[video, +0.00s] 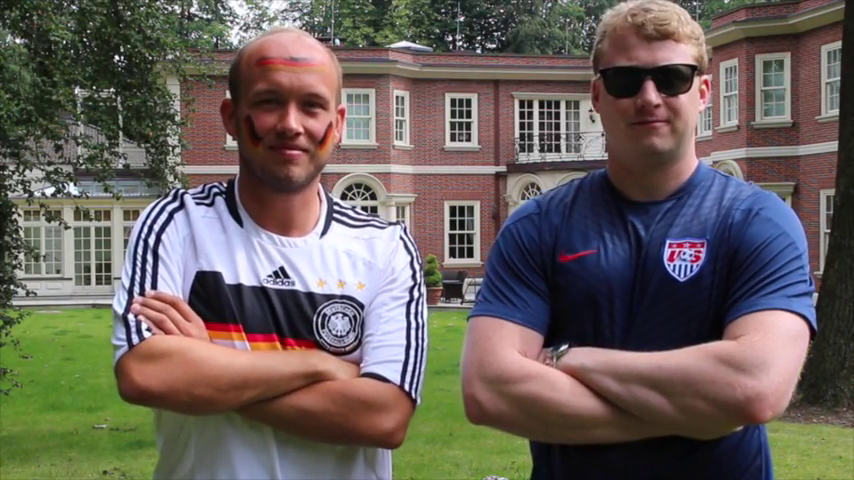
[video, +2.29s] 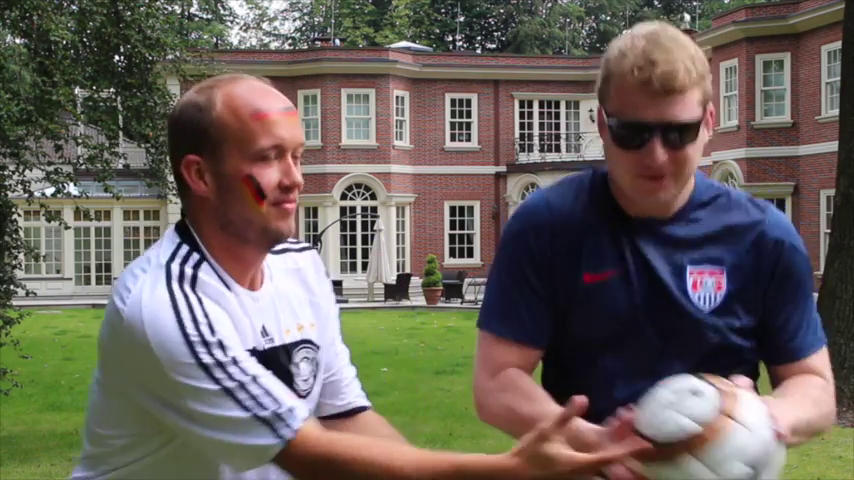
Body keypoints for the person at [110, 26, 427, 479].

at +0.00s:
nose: (291, 124)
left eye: (312, 105)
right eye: (269, 102)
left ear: (337, 124)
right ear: (231, 117)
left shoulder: (386, 248)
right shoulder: (173, 223)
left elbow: (386, 420)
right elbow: (140, 374)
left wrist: (212, 372)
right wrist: (321, 365)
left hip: (341, 475)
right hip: (202, 473)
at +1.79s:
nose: (297, 122)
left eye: (306, 103)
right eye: (271, 101)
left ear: (314, 112)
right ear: (208, 119)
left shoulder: (350, 240)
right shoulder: (143, 232)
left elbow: (389, 404)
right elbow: (134, 389)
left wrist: (213, 370)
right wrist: (299, 340)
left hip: (332, 473)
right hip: (192, 473)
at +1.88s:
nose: (294, 115)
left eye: (301, 98)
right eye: (269, 95)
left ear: (309, 109)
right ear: (204, 117)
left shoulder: (348, 240)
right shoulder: (140, 232)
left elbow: (403, 406)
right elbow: (125, 388)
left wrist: (248, 361)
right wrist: (289, 304)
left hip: (330, 474)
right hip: (191, 472)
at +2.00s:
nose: (288, 122)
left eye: (295, 103)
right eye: (263, 100)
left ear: (304, 110)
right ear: (197, 119)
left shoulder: (339, 242)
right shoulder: (136, 239)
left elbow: (405, 411)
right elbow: (169, 407)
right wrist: (342, 322)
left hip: (323, 475)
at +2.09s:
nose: (284, 132)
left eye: (290, 111)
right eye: (259, 111)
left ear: (298, 119)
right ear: (191, 128)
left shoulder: (329, 243)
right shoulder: (141, 256)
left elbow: (366, 383)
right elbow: (230, 414)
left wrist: (386, 421)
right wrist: (412, 404)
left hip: (316, 470)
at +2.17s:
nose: (283, 150)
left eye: (287, 129)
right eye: (256, 131)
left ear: (295, 132)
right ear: (188, 152)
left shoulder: (316, 252)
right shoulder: (158, 284)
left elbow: (362, 403)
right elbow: (299, 425)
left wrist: (459, 458)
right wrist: (495, 458)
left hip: (318, 472)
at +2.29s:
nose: (291, 180)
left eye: (296, 158)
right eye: (265, 159)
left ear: (303, 161)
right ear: (196, 176)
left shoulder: (299, 268)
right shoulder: (163, 308)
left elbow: (348, 416)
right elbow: (304, 450)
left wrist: (447, 475)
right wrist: (517, 461)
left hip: (262, 466)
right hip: (148, 467)